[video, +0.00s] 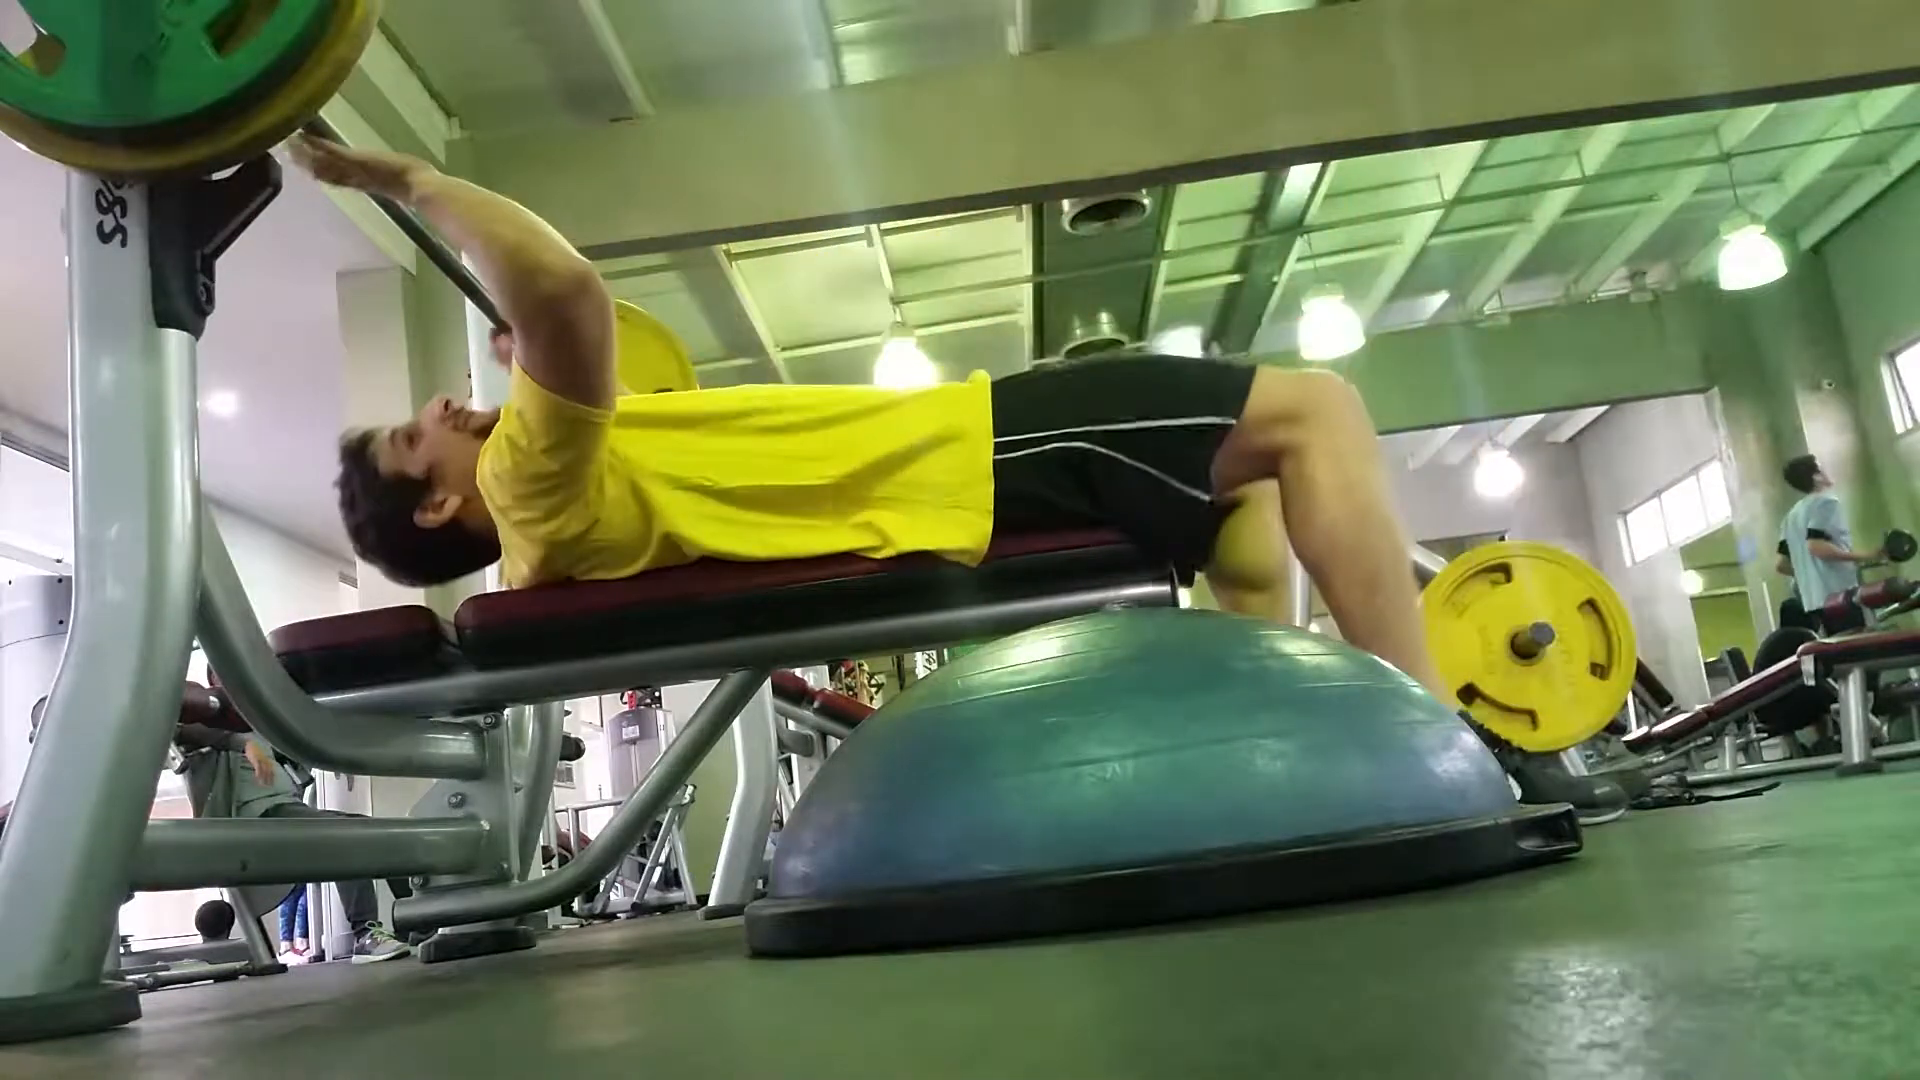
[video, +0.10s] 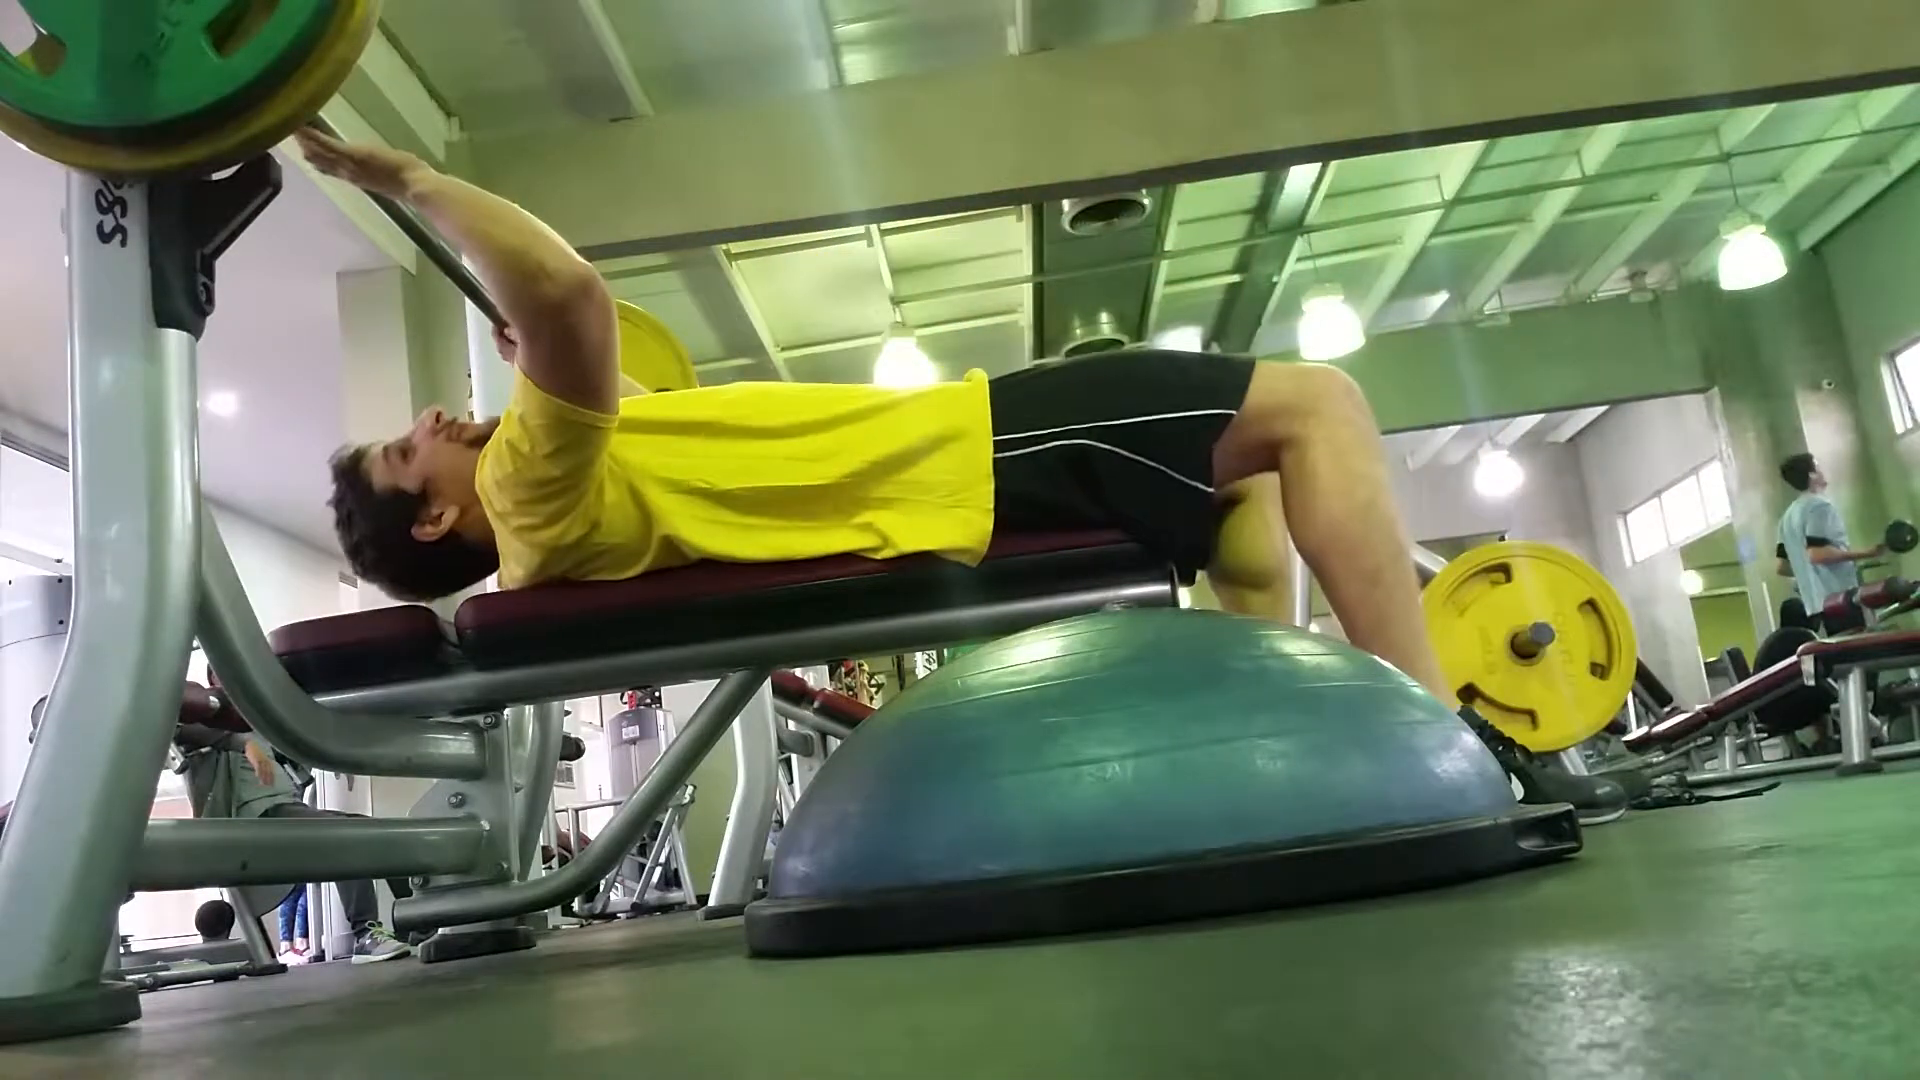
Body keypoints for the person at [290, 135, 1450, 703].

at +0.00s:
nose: (454, 399)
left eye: (431, 402)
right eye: (430, 423)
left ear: (457, 440)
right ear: (437, 497)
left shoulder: (563, 466)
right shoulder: (537, 495)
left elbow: (615, 334)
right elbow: (556, 290)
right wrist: (387, 178)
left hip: (949, 463)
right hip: (954, 459)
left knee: (1245, 518)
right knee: (1311, 409)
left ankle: (1258, 766)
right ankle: (1435, 744)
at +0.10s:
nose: (450, 414)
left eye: (430, 420)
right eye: (426, 438)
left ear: (454, 494)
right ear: (439, 512)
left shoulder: (559, 491)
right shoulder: (542, 509)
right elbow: (562, 301)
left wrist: (807, 671)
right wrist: (407, 180)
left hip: (950, 470)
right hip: (951, 451)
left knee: (1247, 510)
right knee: (1307, 402)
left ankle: (1248, 779)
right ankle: (1438, 745)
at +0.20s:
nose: (437, 421)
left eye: (415, 431)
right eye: (417, 449)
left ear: (451, 484)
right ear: (433, 527)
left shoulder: (565, 475)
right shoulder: (542, 509)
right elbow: (552, 299)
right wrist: (392, 167)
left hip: (949, 464)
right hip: (954, 451)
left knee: (1251, 500)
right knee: (1306, 408)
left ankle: (1247, 767)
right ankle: (1435, 749)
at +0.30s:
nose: (430, 429)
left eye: (407, 440)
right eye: (412, 454)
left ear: (444, 482)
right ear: (430, 528)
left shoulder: (565, 467)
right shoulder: (541, 516)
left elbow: (571, 309)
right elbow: (545, 299)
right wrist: (397, 171)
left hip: (951, 449)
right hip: (953, 458)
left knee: (1250, 488)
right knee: (1306, 407)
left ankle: (1235, 758)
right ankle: (1428, 748)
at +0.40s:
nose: (429, 438)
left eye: (407, 450)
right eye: (413, 466)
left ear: (448, 484)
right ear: (436, 535)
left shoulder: (561, 474)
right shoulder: (545, 518)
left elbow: (566, 316)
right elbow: (552, 301)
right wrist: (401, 173)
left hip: (955, 451)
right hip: (962, 460)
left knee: (1250, 480)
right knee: (1306, 407)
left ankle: (1246, 758)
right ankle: (1425, 748)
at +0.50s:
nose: (435, 441)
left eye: (412, 451)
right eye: (418, 467)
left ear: (447, 484)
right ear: (437, 536)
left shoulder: (565, 480)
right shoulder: (547, 521)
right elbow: (555, 297)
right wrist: (400, 171)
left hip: (957, 461)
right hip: (964, 455)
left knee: (1251, 488)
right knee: (1306, 408)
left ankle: (1259, 762)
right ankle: (1433, 748)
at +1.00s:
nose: (462, 457)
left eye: (442, 462)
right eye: (449, 474)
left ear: (460, 516)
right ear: (461, 522)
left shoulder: (578, 505)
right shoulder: (558, 511)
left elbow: (740, 603)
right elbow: (555, 293)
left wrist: (827, 674)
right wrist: (398, 160)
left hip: (971, 464)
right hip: (982, 450)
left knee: (1271, 459)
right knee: (1314, 409)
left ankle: (1315, 740)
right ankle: (1426, 756)